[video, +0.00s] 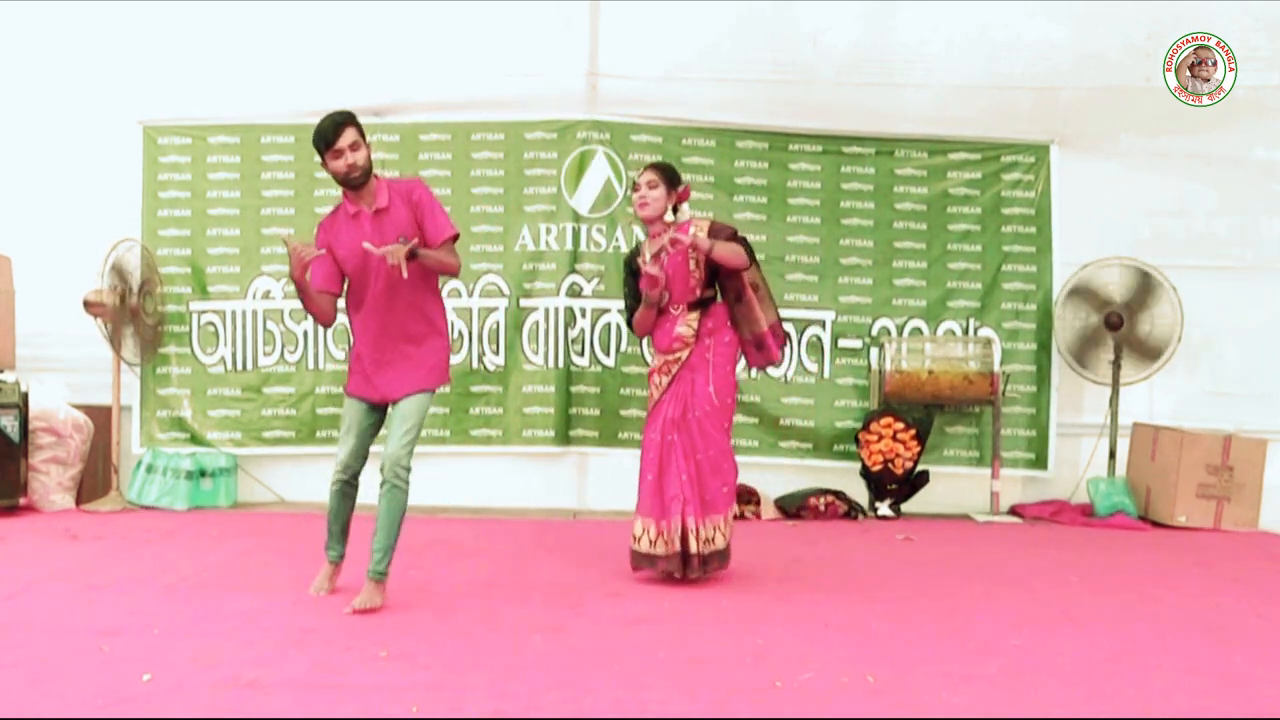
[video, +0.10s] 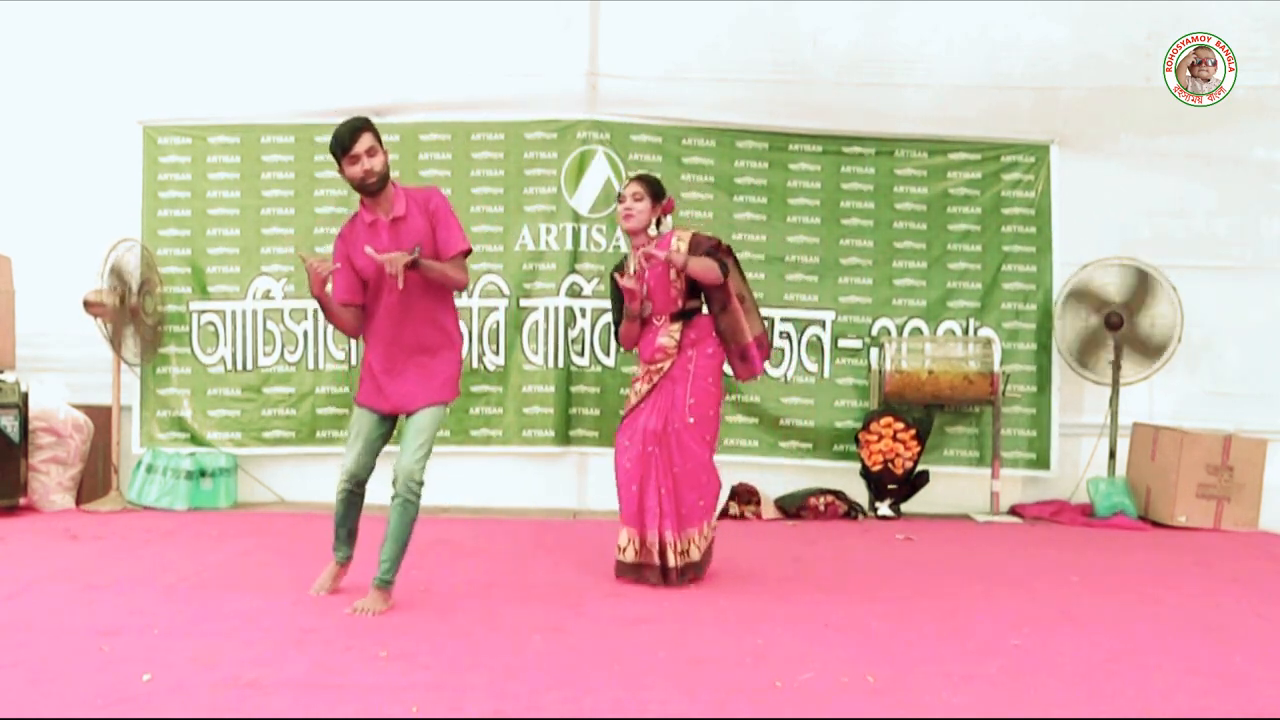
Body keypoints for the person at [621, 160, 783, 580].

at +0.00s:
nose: (641, 195)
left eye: (651, 188)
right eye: (637, 189)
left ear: (675, 195)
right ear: (633, 199)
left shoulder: (702, 231)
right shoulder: (638, 258)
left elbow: (743, 256)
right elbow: (640, 327)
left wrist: (702, 244)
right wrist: (652, 295)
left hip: (712, 339)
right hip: (668, 348)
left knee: (701, 431)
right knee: (662, 433)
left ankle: (705, 542)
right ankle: (670, 544)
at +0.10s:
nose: (625, 207)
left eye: (636, 200)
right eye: (622, 200)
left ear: (660, 208)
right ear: (618, 211)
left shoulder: (685, 243)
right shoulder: (626, 272)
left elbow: (717, 273)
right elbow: (628, 342)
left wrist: (680, 261)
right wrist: (634, 307)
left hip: (696, 351)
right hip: (655, 359)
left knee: (682, 437)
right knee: (632, 439)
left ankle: (687, 547)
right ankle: (644, 548)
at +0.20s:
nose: (616, 211)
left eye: (627, 205)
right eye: (613, 204)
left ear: (650, 214)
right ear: (609, 215)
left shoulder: (672, 249)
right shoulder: (616, 272)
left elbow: (696, 290)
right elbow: (615, 347)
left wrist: (653, 269)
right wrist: (616, 309)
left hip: (683, 358)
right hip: (644, 365)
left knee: (665, 441)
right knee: (613, 442)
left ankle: (675, 551)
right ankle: (629, 551)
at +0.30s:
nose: (600, 195)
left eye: (610, 190)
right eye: (596, 189)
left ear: (632, 202)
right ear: (591, 200)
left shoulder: (651, 239)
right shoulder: (596, 254)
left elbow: (653, 293)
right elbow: (590, 326)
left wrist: (609, 265)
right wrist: (586, 287)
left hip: (658, 350)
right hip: (621, 353)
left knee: (648, 441)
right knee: (602, 438)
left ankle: (657, 548)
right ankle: (609, 548)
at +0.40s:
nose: (587, 189)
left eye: (599, 184)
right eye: (585, 182)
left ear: (621, 196)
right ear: (579, 192)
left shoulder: (636, 234)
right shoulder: (582, 247)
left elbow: (635, 290)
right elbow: (571, 317)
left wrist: (593, 260)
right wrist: (568, 278)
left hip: (642, 341)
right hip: (606, 345)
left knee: (627, 429)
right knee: (592, 430)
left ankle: (646, 538)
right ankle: (604, 545)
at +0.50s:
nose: (574, 189)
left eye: (585, 183)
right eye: (570, 181)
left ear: (606, 195)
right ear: (562, 189)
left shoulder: (619, 238)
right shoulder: (564, 240)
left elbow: (618, 297)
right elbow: (552, 288)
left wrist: (580, 272)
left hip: (617, 342)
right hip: (578, 343)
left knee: (602, 433)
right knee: (570, 435)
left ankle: (617, 539)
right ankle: (576, 541)